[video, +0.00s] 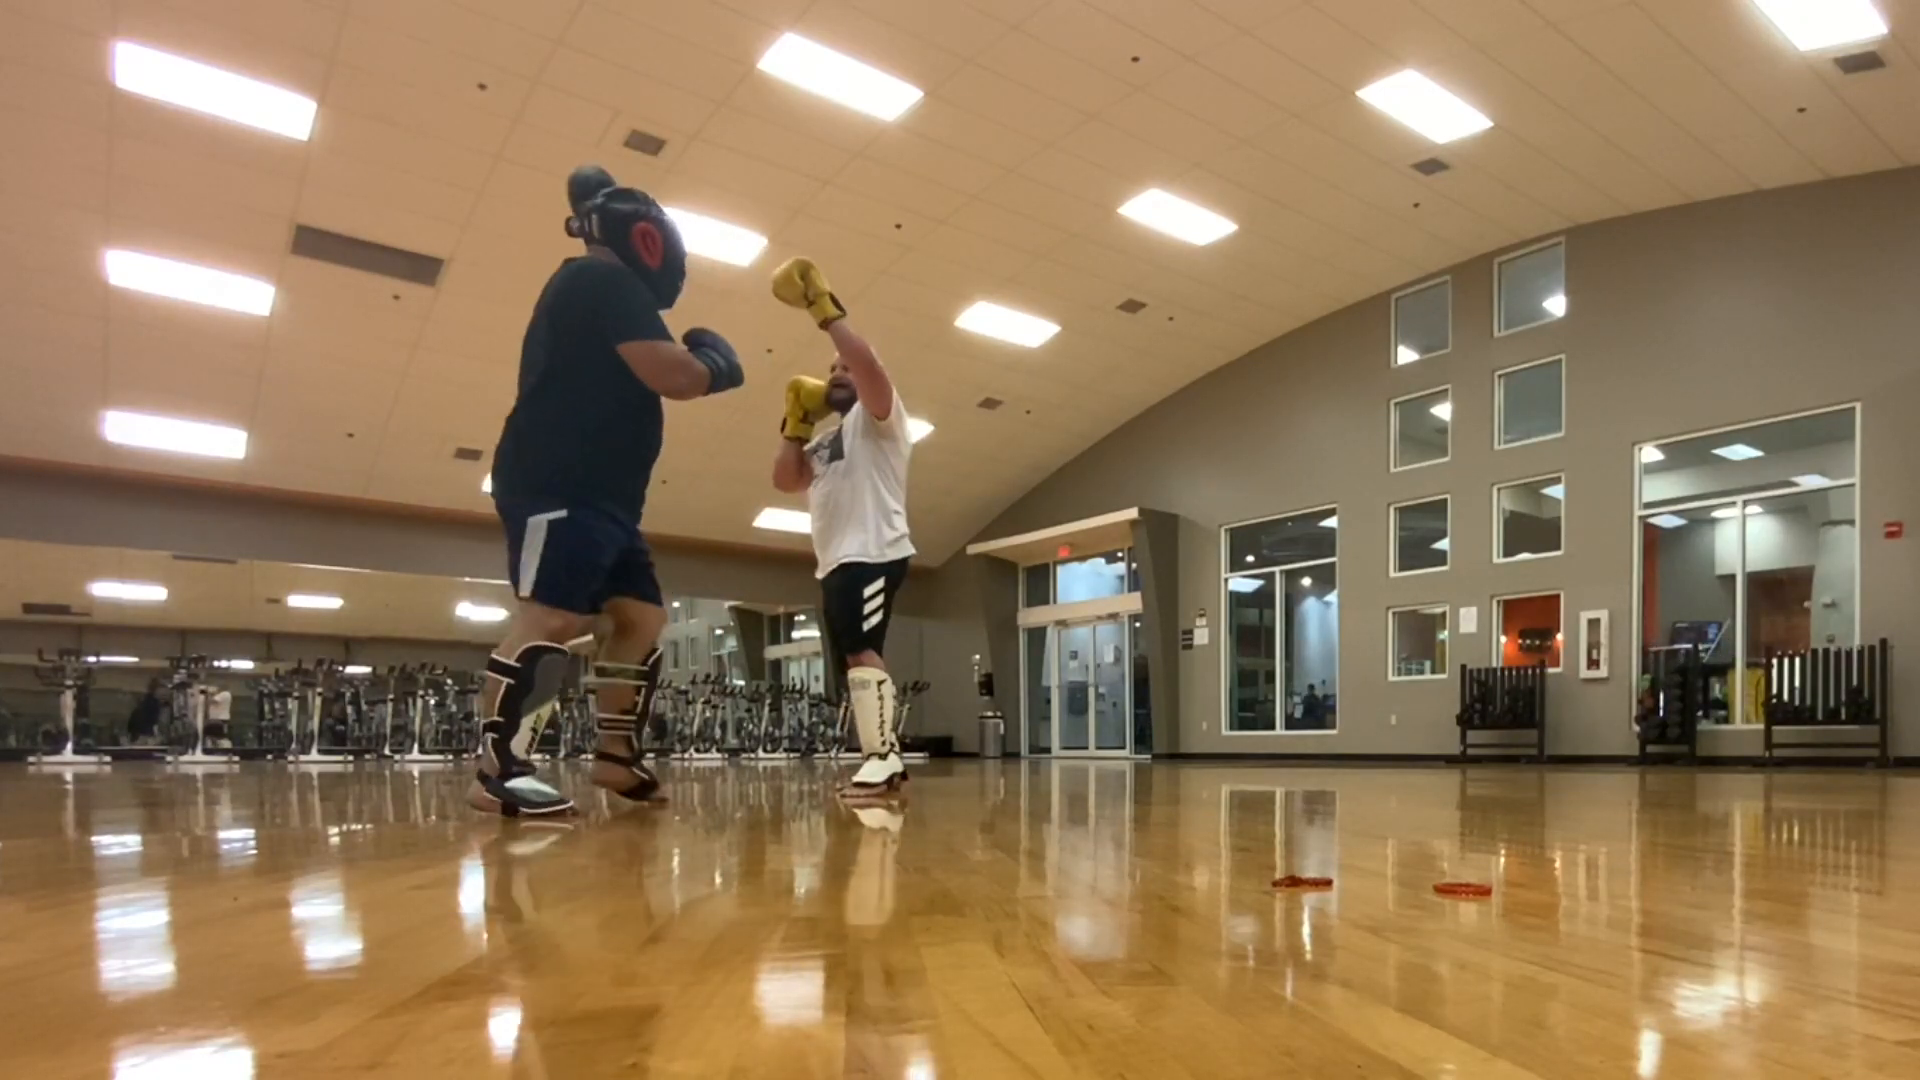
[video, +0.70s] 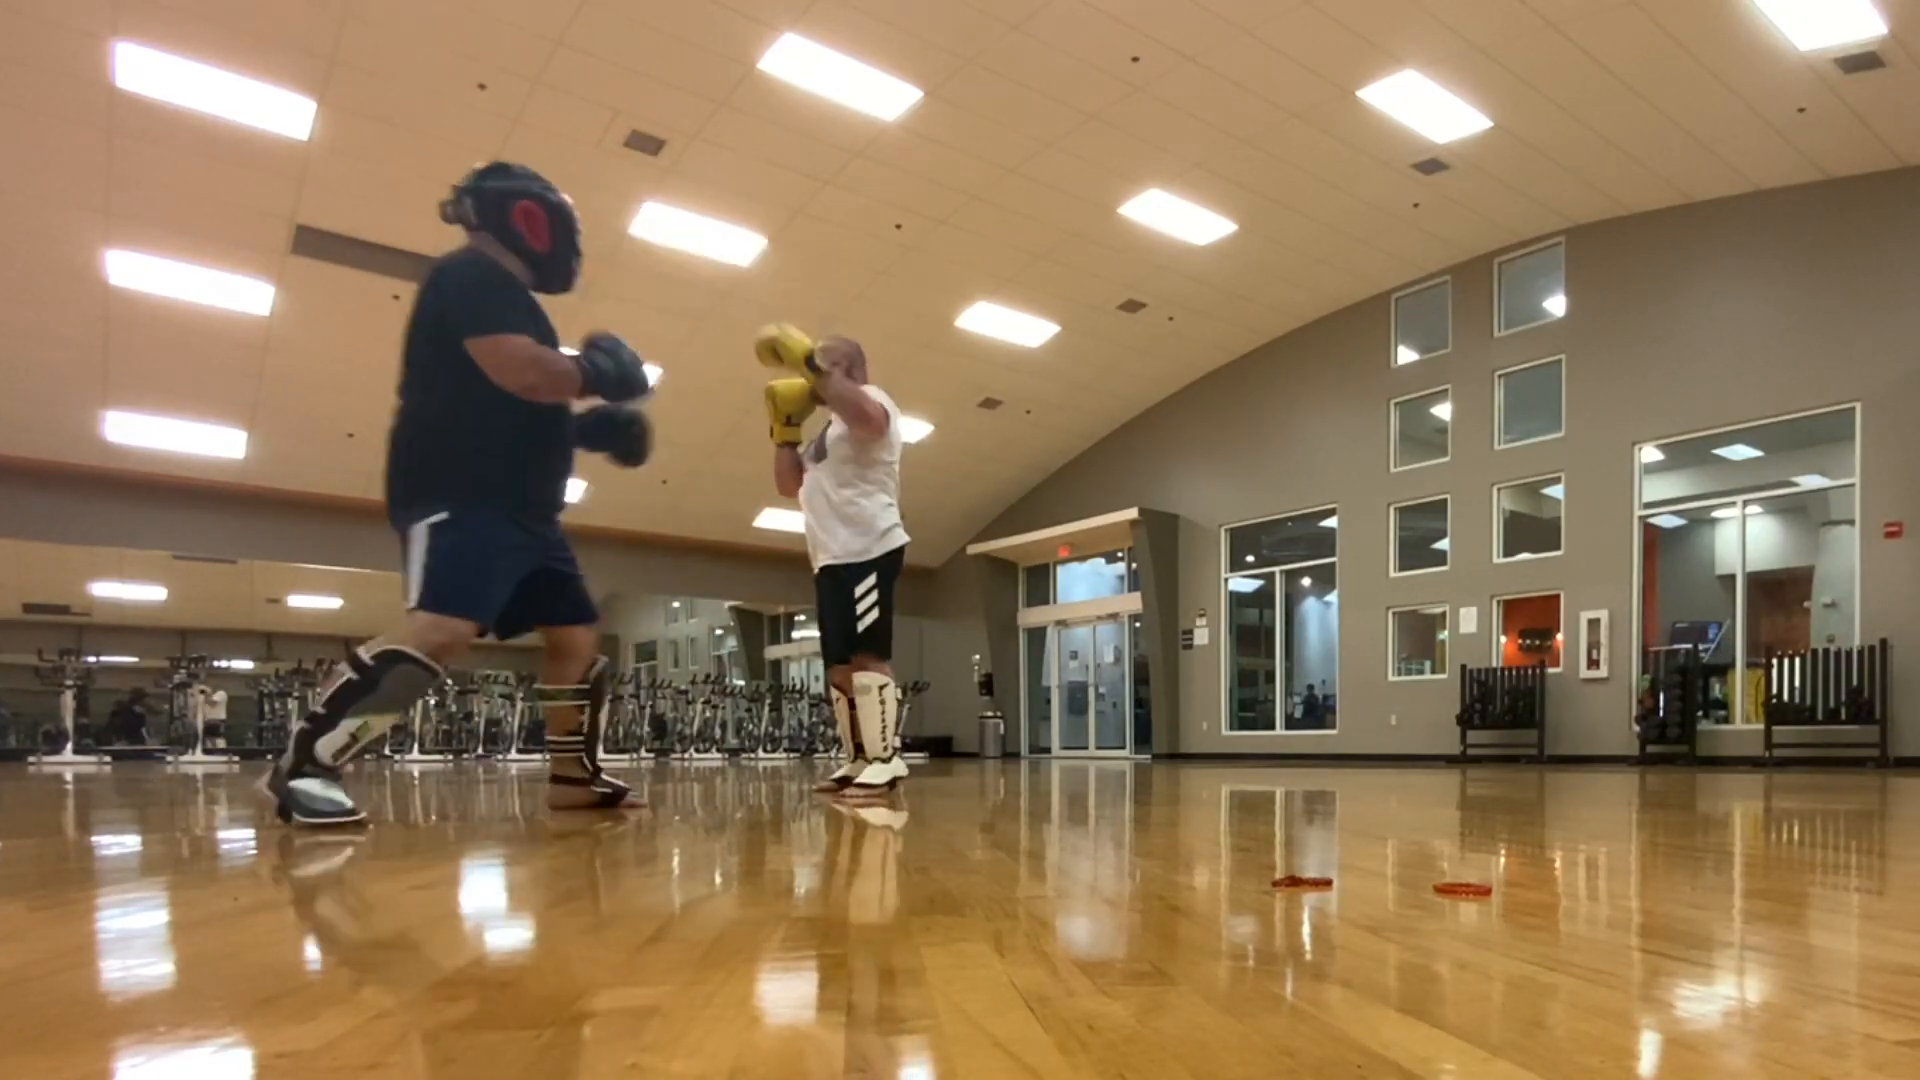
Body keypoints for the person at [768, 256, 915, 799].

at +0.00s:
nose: (838, 377)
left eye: (848, 372)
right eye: (834, 371)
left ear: (863, 381)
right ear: (826, 384)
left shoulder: (877, 419)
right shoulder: (823, 444)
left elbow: (863, 362)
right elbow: (785, 480)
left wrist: (826, 312)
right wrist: (795, 425)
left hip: (873, 547)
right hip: (837, 556)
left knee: (861, 653)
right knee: (857, 659)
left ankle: (880, 759)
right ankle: (881, 756)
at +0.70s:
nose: (822, 377)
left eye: (832, 368)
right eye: (818, 369)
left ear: (858, 370)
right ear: (819, 378)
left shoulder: (873, 402)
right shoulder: (824, 434)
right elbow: (789, 484)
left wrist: (812, 372)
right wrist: (785, 428)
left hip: (868, 548)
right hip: (832, 555)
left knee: (867, 656)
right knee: (838, 664)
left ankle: (884, 761)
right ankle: (855, 760)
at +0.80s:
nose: (821, 374)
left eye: (831, 367)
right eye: (818, 367)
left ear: (858, 373)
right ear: (815, 374)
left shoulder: (874, 411)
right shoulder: (814, 434)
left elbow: (885, 457)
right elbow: (784, 490)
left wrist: (835, 417)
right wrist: (781, 439)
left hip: (868, 551)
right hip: (828, 559)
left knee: (861, 656)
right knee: (838, 664)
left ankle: (882, 760)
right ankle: (854, 760)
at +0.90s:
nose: (822, 377)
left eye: (833, 370)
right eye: (819, 370)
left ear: (859, 377)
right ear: (815, 375)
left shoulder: (877, 413)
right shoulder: (808, 427)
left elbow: (901, 469)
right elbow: (780, 490)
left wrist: (855, 429)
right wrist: (773, 439)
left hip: (870, 545)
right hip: (828, 552)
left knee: (847, 640)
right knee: (840, 655)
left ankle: (874, 750)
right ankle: (854, 756)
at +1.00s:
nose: (832, 372)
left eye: (842, 365)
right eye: (825, 364)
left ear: (861, 375)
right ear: (815, 378)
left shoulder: (879, 416)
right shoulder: (806, 435)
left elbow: (909, 459)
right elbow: (770, 484)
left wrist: (870, 410)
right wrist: (769, 432)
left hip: (870, 544)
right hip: (826, 552)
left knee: (844, 637)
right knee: (847, 649)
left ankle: (859, 749)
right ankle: (866, 750)